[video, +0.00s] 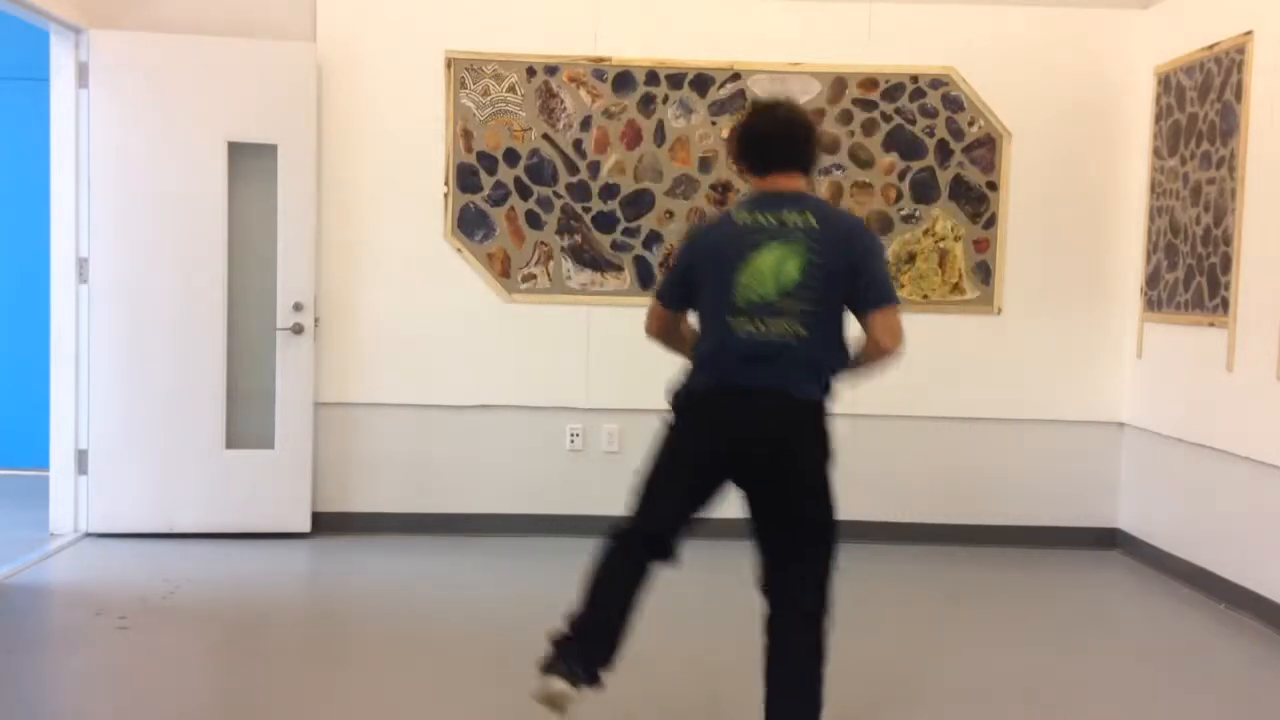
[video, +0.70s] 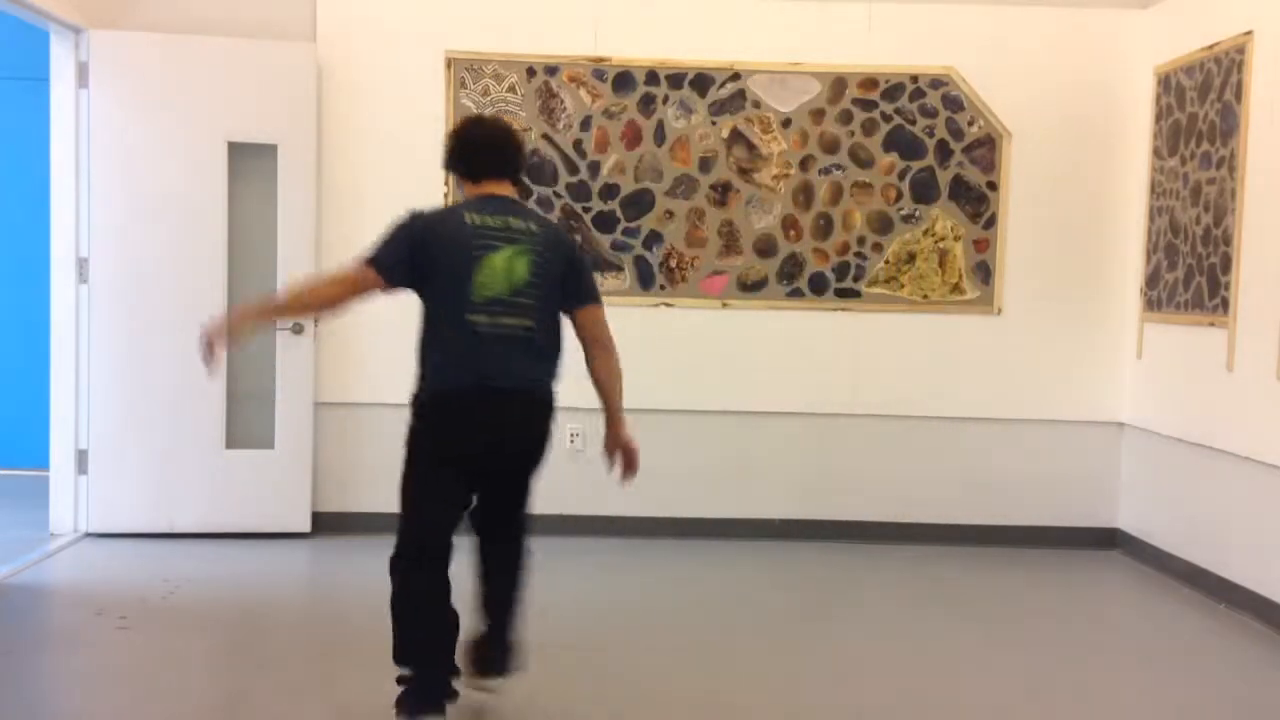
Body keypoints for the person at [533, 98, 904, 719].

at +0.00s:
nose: (741, 169)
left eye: (741, 159)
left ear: (743, 162)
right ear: (810, 159)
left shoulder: (716, 233)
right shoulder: (847, 234)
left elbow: (660, 324)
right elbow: (886, 338)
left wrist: (714, 351)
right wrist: (833, 362)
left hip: (709, 417)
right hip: (791, 424)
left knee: (643, 536)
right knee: (798, 584)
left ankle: (573, 664)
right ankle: (793, 711)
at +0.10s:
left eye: (709, 126)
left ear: (706, 130)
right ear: (776, 127)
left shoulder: (683, 193)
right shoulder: (815, 199)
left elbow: (660, 299)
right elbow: (841, 306)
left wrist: (721, 291)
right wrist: (774, 298)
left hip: (669, 382)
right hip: (753, 393)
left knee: (599, 510)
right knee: (750, 550)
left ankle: (543, 651)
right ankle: (761, 701)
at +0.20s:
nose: (659, 143)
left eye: (661, 134)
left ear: (666, 135)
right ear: (731, 131)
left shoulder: (646, 197)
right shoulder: (770, 202)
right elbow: (780, 303)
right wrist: (736, 349)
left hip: (639, 388)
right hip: (722, 398)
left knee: (568, 521)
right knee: (711, 554)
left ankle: (508, 671)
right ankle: (707, 704)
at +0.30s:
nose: (623, 190)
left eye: (621, 181)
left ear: (627, 180)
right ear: (688, 172)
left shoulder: (606, 245)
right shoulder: (727, 250)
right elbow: (716, 340)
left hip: (603, 440)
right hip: (684, 448)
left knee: (536, 571)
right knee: (675, 607)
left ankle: (450, 691)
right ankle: (675, 715)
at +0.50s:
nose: (517, 195)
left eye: (518, 187)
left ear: (522, 190)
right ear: (586, 188)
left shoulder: (500, 256)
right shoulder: (628, 263)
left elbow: (469, 353)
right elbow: (618, 355)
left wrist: (459, 411)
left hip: (510, 434)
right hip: (592, 437)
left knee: (464, 567)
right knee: (595, 577)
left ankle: (426, 704)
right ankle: (652, 697)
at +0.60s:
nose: (479, 192)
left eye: (480, 182)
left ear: (484, 186)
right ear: (546, 183)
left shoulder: (462, 248)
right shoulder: (583, 255)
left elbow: (396, 325)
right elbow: (601, 363)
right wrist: (596, 454)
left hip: (474, 425)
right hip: (553, 430)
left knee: (434, 558)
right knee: (533, 547)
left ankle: (427, 699)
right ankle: (578, 656)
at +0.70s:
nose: (454, 181)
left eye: (452, 171)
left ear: (454, 173)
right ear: (517, 172)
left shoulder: (431, 230)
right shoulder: (555, 242)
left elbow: (343, 287)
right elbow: (597, 338)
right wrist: (616, 420)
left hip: (447, 414)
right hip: (526, 418)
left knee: (422, 545)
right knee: (502, 523)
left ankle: (427, 685)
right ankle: (496, 646)